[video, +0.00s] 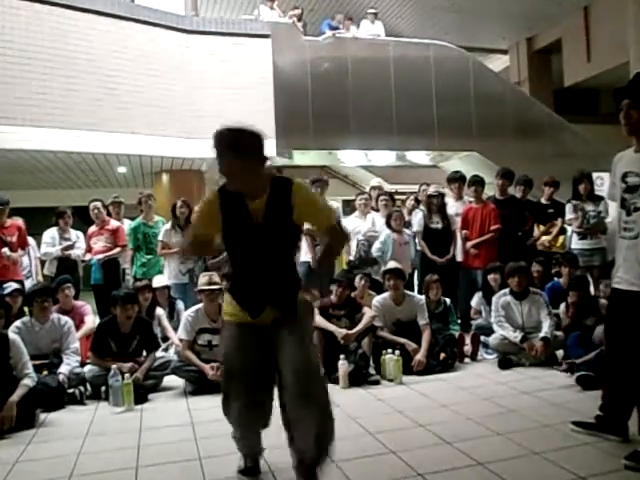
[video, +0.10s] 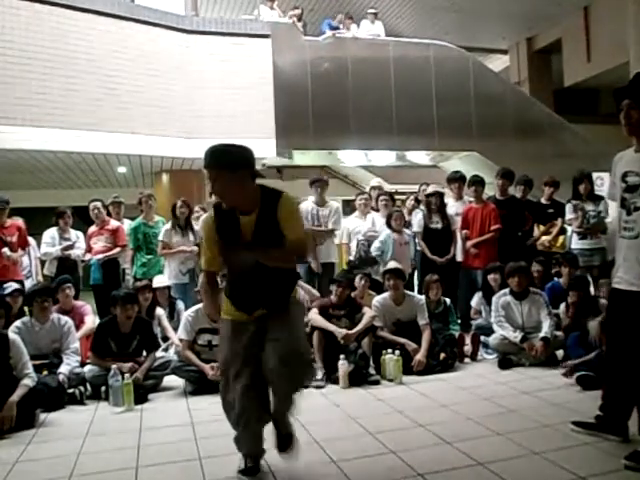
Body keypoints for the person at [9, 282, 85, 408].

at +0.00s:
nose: (44, 305)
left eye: (47, 301)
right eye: (39, 302)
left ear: (53, 303)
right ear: (31, 305)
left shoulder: (64, 323)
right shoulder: (18, 328)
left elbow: (72, 353)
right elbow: (15, 357)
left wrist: (63, 373)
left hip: (58, 369)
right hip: (32, 372)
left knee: (79, 375)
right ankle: (69, 397)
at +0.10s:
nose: (44, 305)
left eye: (47, 301)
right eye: (39, 302)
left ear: (53, 303)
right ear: (31, 305)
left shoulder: (64, 323)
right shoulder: (18, 328)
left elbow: (72, 353)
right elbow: (15, 357)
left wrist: (63, 373)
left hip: (58, 369)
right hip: (32, 372)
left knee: (79, 375)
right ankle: (69, 397)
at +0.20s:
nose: (44, 306)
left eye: (47, 301)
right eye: (39, 302)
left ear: (53, 303)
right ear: (31, 306)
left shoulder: (64, 324)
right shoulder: (18, 328)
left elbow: (72, 353)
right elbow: (15, 358)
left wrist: (63, 374)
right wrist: (32, 377)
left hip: (58, 369)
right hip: (32, 372)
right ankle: (68, 398)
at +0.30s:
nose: (44, 305)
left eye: (47, 301)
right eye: (39, 302)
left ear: (52, 303)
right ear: (31, 305)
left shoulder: (64, 324)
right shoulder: (19, 328)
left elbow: (72, 353)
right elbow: (13, 357)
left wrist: (63, 374)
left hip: (58, 369)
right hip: (32, 372)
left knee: (79, 376)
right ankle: (69, 397)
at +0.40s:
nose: (44, 305)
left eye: (47, 301)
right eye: (39, 301)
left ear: (52, 303)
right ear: (31, 305)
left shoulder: (64, 324)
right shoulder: (19, 328)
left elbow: (72, 353)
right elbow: (13, 358)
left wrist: (63, 374)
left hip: (58, 369)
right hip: (32, 372)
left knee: (79, 376)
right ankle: (69, 397)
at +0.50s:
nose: (44, 305)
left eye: (47, 301)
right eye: (39, 301)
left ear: (52, 303)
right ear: (31, 305)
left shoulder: (64, 323)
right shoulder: (18, 328)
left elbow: (72, 353)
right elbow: (14, 358)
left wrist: (63, 373)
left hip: (58, 369)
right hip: (32, 372)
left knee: (79, 375)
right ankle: (69, 397)